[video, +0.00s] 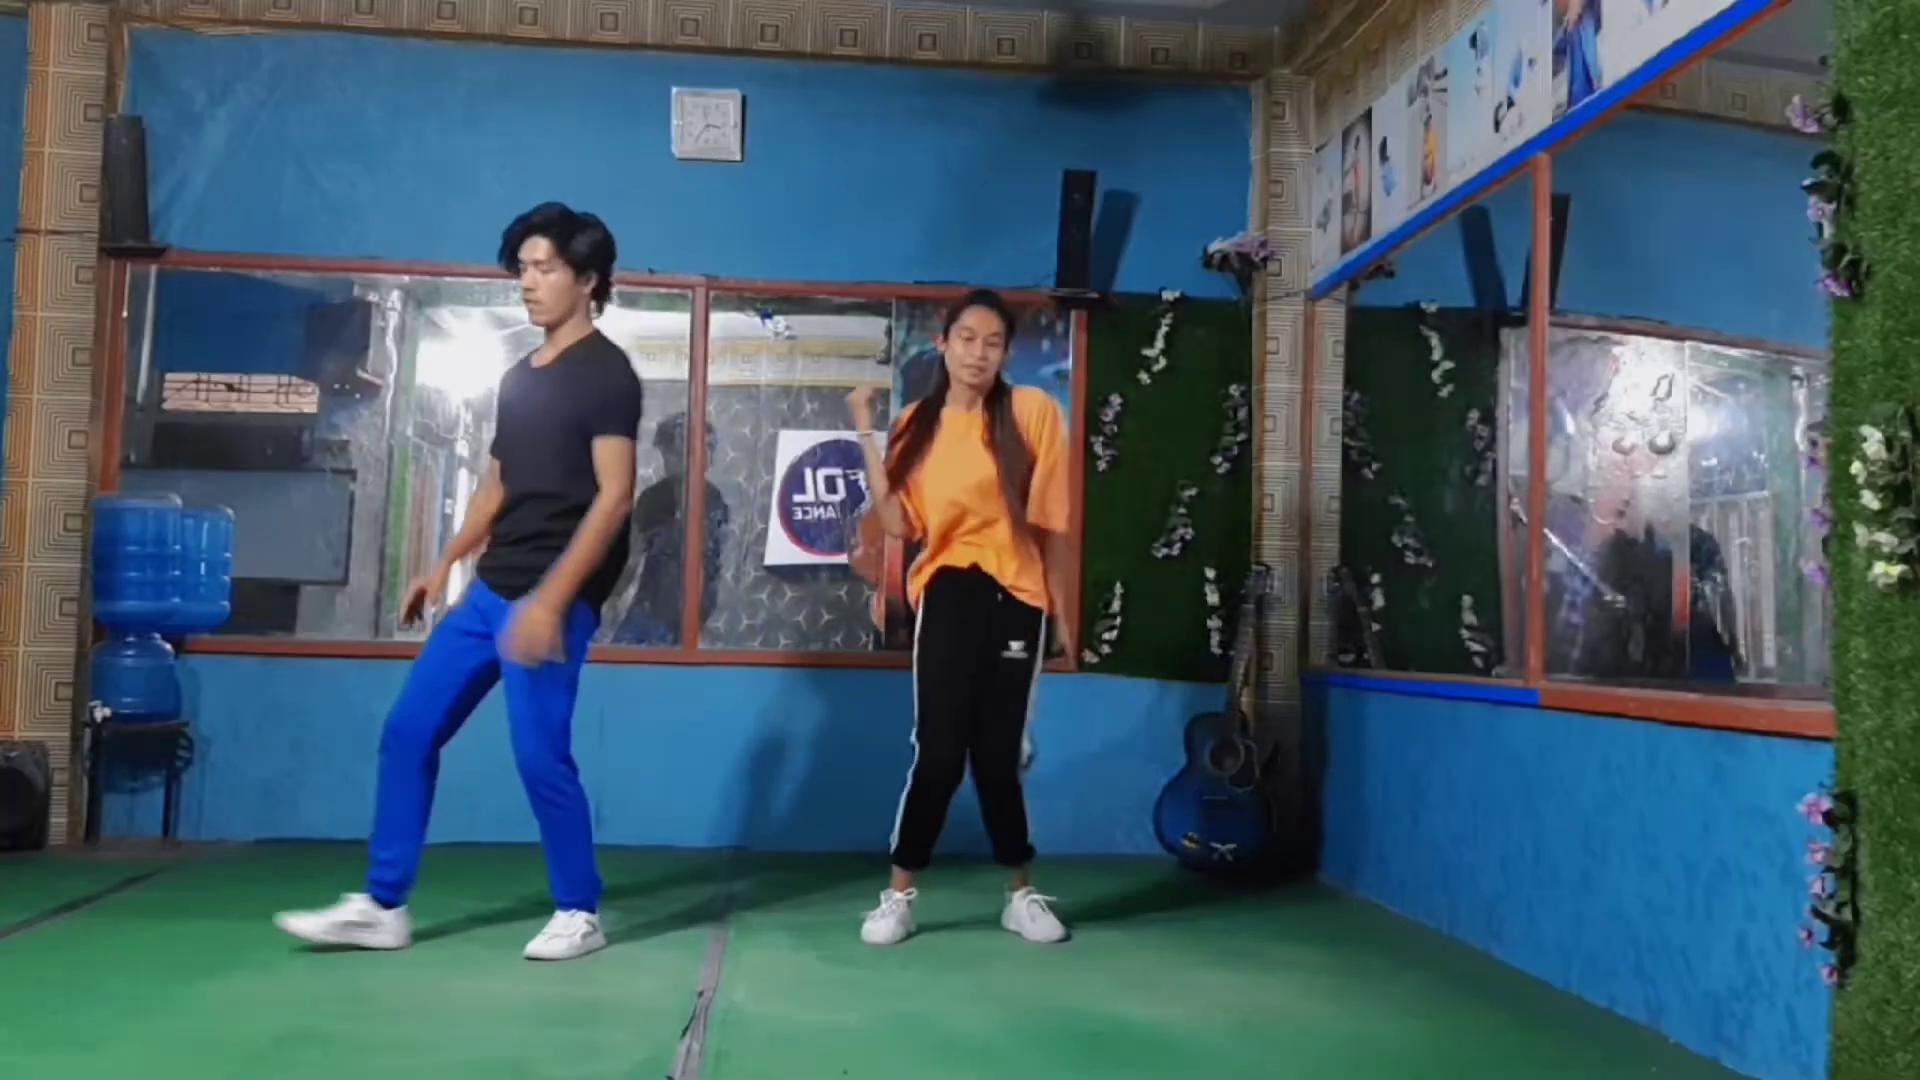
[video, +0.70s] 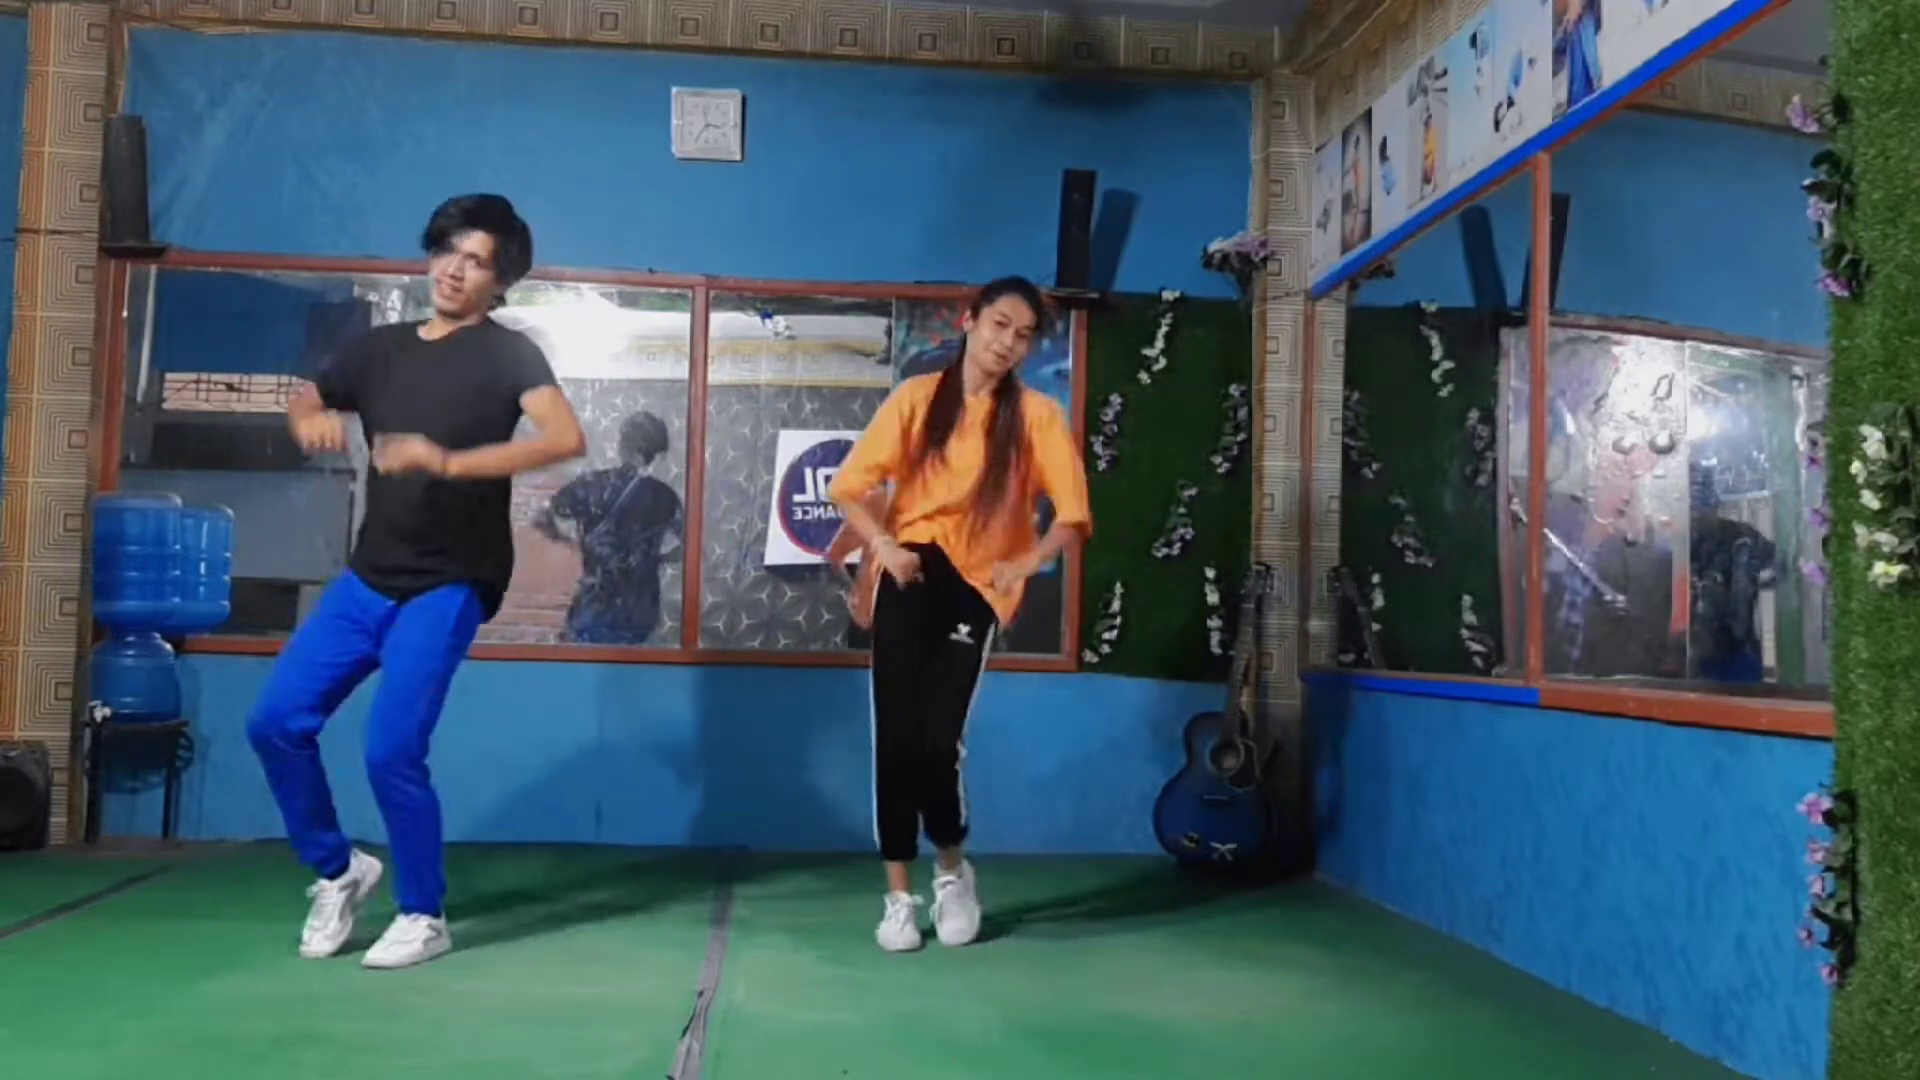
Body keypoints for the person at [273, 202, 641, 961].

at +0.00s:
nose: (528, 284)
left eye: (543, 269)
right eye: (522, 271)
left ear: (588, 279)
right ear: (519, 280)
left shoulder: (607, 371)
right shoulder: (522, 377)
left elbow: (617, 496)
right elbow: (499, 486)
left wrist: (550, 601)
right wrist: (446, 564)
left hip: (553, 604)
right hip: (490, 593)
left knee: (542, 758)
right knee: (409, 731)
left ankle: (578, 914)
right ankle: (382, 904)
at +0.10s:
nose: (508, 279)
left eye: (524, 266)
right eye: (504, 266)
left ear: (566, 278)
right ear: (501, 276)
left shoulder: (567, 360)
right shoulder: (513, 367)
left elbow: (595, 442)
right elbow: (465, 436)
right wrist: (436, 470)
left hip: (545, 591)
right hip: (484, 592)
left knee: (531, 752)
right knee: (388, 717)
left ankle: (580, 911)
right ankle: (353, 892)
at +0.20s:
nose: (485, 270)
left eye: (502, 258)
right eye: (483, 257)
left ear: (545, 272)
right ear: (480, 266)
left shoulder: (544, 342)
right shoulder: (476, 354)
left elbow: (569, 402)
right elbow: (438, 405)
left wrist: (463, 413)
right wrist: (418, 412)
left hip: (514, 585)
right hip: (453, 580)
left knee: (474, 742)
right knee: (362, 712)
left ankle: (561, 880)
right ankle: (393, 883)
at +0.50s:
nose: (457, 279)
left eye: (477, 268)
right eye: (450, 264)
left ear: (510, 284)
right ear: (436, 271)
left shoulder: (516, 357)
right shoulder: (417, 365)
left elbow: (568, 449)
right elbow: (384, 446)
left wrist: (467, 477)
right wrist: (351, 455)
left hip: (436, 584)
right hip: (375, 579)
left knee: (378, 745)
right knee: (366, 748)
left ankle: (478, 869)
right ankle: (411, 903)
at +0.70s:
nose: (456, 269)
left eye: (477, 262)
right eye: (449, 251)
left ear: (501, 283)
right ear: (429, 257)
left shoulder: (508, 351)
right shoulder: (380, 347)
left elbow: (564, 437)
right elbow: (308, 406)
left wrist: (450, 460)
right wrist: (315, 421)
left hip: (450, 582)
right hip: (370, 574)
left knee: (392, 748)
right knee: (276, 723)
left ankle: (424, 917)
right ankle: (338, 871)